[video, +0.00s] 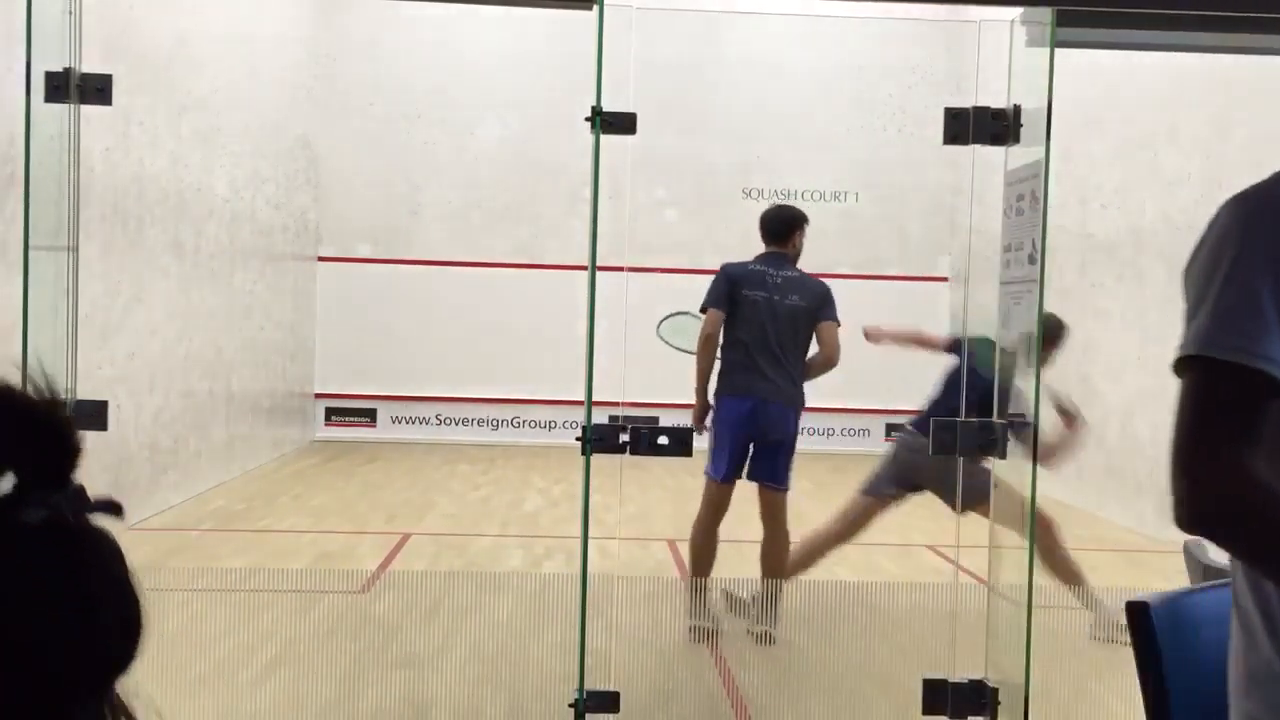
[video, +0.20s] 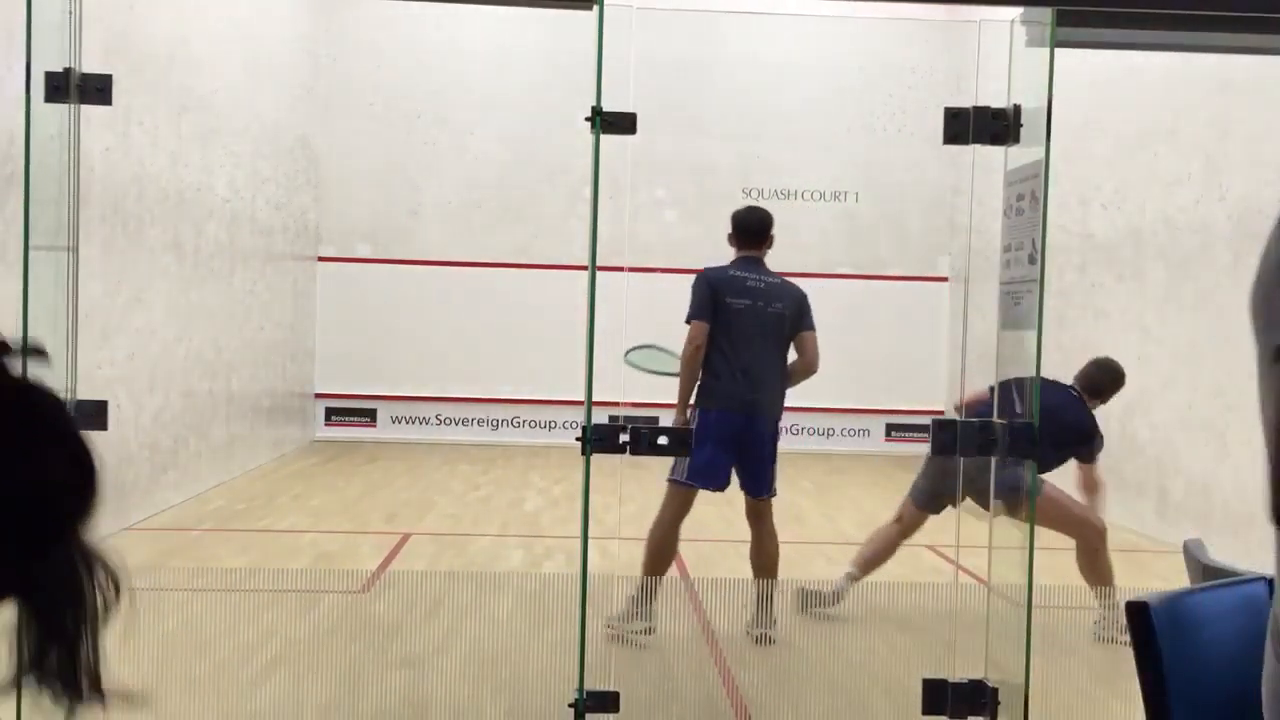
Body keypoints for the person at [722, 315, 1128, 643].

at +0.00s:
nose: (1050, 359)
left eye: (1051, 350)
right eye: (1052, 351)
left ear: (1024, 331)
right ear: (1045, 349)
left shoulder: (981, 346)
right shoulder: (1013, 392)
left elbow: (930, 340)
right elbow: (1043, 453)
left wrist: (883, 336)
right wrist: (1072, 431)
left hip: (910, 450)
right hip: (954, 464)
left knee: (843, 524)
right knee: (1038, 524)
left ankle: (766, 584)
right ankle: (1096, 609)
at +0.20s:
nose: (1106, 401)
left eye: (1103, 389)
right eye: (1110, 396)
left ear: (1080, 373)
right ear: (1106, 396)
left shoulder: (1032, 385)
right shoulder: (1085, 425)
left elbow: (965, 403)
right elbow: (1089, 485)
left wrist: (949, 440)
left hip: (948, 456)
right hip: (998, 470)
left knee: (899, 526)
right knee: (1090, 528)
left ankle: (837, 587)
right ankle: (1110, 617)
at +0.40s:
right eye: (1044, 327)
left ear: (1008, 312)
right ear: (1040, 332)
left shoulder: (969, 338)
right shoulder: (1034, 380)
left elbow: (923, 367)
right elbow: (1007, 424)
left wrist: (928, 408)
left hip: (930, 443)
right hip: (984, 454)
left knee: (887, 510)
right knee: (1062, 519)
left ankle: (897, 602)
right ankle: (1107, 613)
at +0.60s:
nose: (910, 253)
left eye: (913, 247)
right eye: (915, 247)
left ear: (919, 251)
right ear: (945, 260)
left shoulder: (899, 288)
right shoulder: (955, 307)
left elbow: (876, 346)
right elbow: (953, 370)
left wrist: (845, 374)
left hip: (889, 406)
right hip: (939, 410)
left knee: (856, 501)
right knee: (968, 482)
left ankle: (888, 603)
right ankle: (1005, 569)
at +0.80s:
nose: (839, 233)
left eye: (843, 227)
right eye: (841, 227)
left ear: (857, 232)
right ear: (873, 237)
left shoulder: (848, 271)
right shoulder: (890, 280)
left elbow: (840, 335)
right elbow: (888, 341)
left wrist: (812, 363)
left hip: (859, 391)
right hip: (895, 391)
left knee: (869, 495)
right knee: (863, 489)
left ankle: (888, 601)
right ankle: (859, 585)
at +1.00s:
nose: (778, 242)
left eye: (783, 236)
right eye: (780, 235)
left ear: (800, 242)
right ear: (811, 245)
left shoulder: (800, 284)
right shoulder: (833, 290)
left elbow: (797, 347)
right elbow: (852, 361)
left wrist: (761, 371)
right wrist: (867, 410)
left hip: (813, 402)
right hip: (828, 401)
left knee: (843, 498)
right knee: (777, 477)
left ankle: (886, 597)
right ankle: (738, 563)